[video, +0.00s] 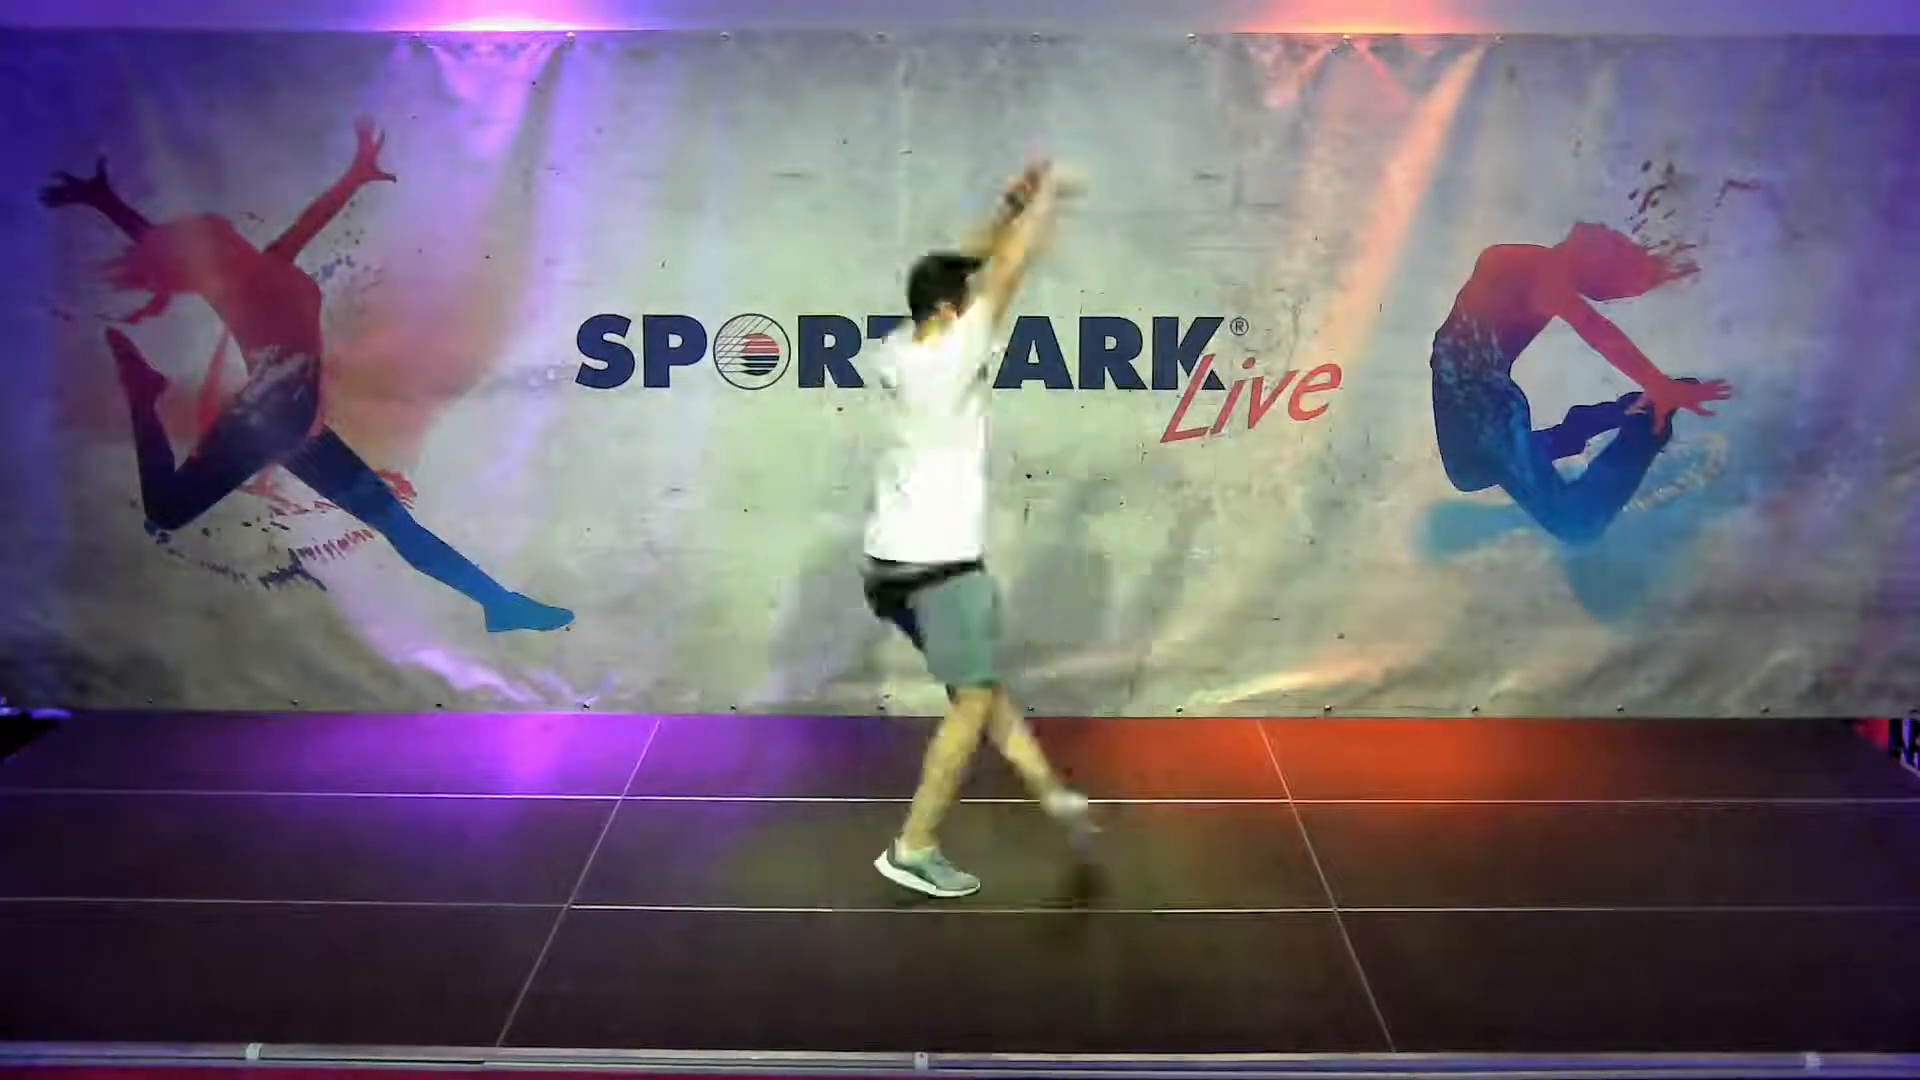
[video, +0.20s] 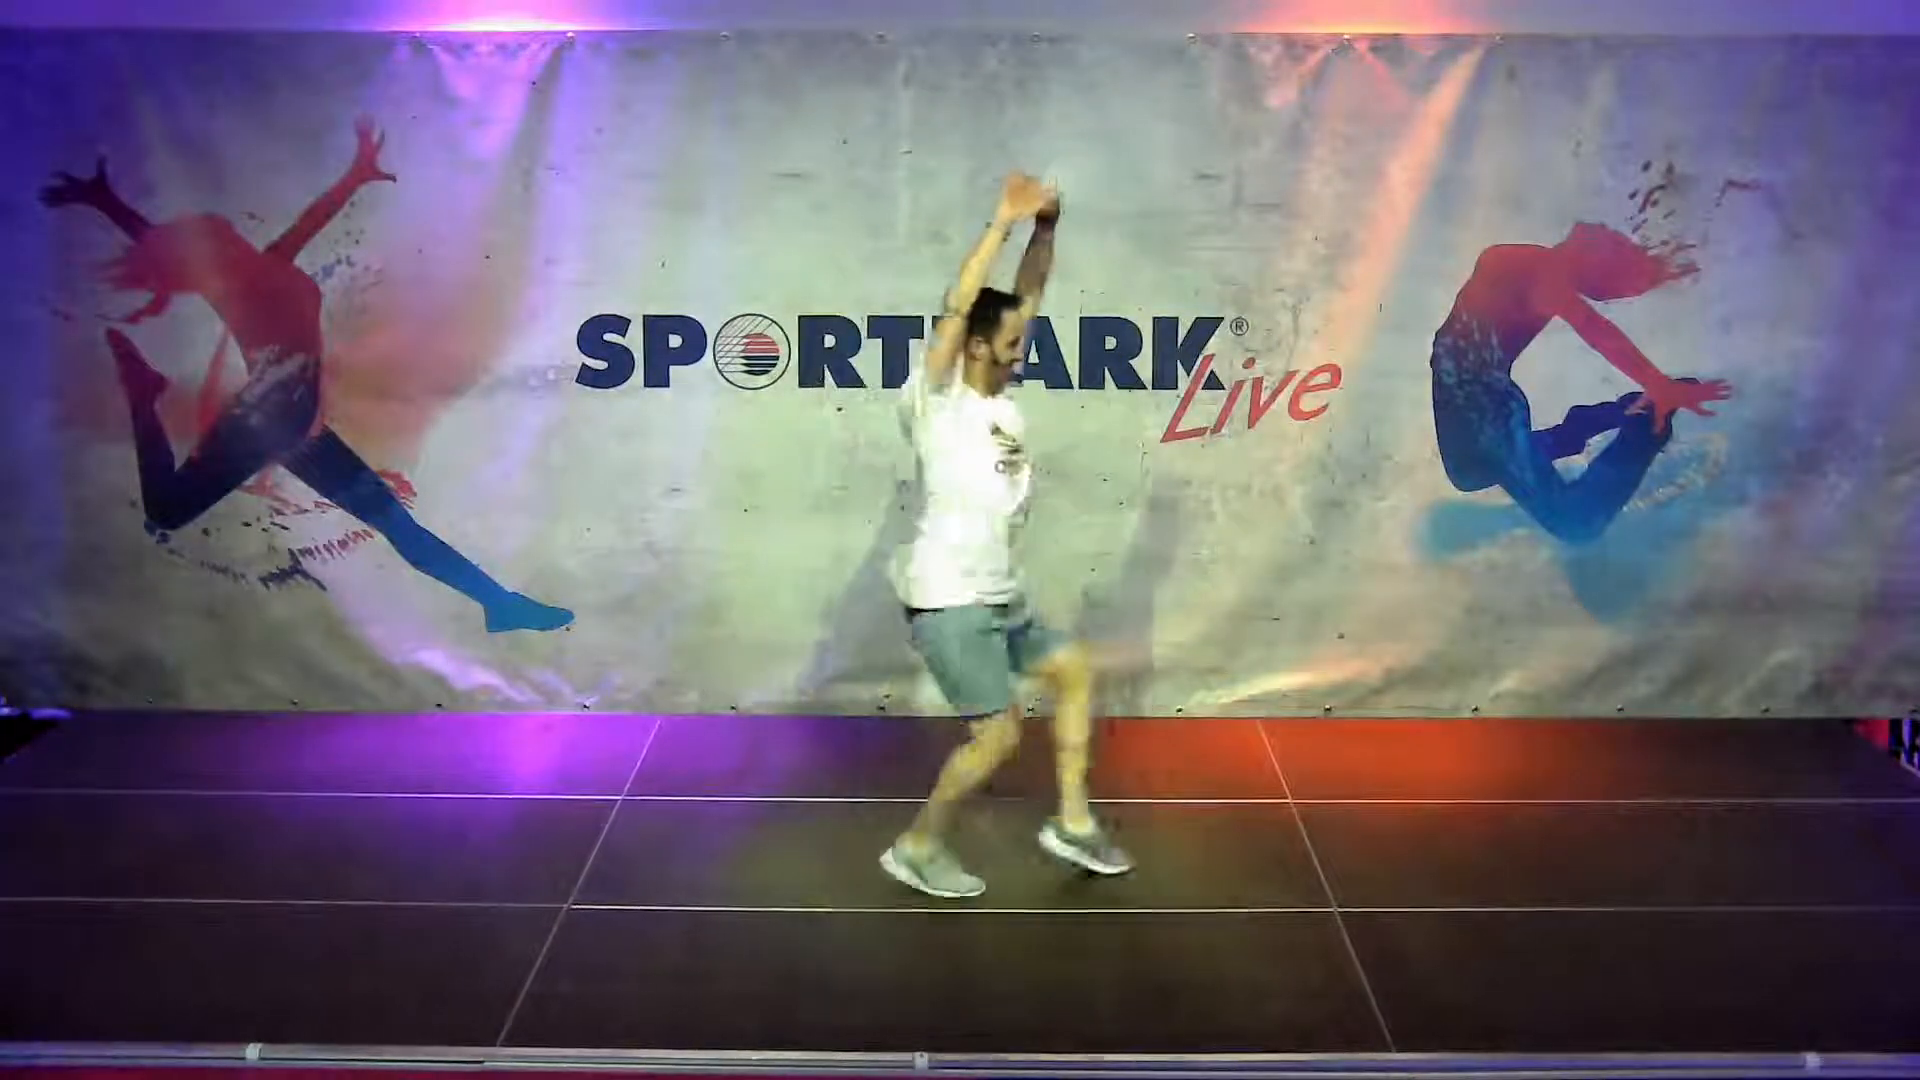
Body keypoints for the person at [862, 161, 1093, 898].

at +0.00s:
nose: (985, 314)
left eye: (982, 299)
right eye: (978, 299)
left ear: (923, 306)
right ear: (953, 307)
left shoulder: (897, 353)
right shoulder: (951, 357)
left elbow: (961, 274)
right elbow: (1007, 273)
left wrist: (1007, 212)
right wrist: (1042, 204)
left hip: (894, 560)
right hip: (944, 559)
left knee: (984, 689)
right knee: (972, 703)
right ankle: (914, 848)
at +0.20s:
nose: (1019, 355)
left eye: (1022, 345)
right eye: (1011, 345)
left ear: (1007, 349)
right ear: (975, 343)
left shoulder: (1000, 396)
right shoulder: (938, 399)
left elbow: (1025, 303)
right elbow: (958, 307)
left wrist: (1046, 223)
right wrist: (1002, 221)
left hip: (999, 593)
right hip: (946, 598)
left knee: (1073, 670)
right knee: (1000, 731)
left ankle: (1073, 824)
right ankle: (917, 846)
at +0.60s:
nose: (1086, 322)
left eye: (1087, 310)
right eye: (1075, 311)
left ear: (1080, 314)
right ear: (1039, 310)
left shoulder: (1078, 366)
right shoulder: (1002, 361)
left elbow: (1103, 280)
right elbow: (1013, 266)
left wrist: (1097, 202)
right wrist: (1042, 182)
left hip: (1079, 572)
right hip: (1005, 577)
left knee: (1141, 667)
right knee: (980, 725)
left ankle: (1118, 798)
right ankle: (996, 841)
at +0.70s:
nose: (1100, 305)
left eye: (1101, 293)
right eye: (1088, 295)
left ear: (1100, 298)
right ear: (1057, 294)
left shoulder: (1094, 351)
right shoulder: (1031, 348)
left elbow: (1150, 287)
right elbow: (1053, 257)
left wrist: (1154, 204)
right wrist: (1062, 166)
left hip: (1084, 548)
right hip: (1033, 548)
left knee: (1148, 653)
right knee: (1040, 699)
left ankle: (1161, 800)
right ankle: (968, 823)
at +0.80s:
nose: (1107, 288)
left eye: (1107, 275)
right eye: (1093, 275)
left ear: (1102, 293)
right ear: (1062, 288)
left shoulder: (1106, 358)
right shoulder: (1041, 349)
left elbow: (1174, 347)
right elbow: (1083, 256)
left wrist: (1220, 292)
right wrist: (1093, 176)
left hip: (1089, 555)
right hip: (1050, 556)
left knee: (1147, 660)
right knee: (1053, 709)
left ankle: (1203, 798)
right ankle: (967, 844)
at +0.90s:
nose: (1137, 344)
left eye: (1132, 333)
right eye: (1128, 330)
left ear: (1085, 336)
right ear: (1107, 332)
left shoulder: (1099, 392)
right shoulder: (1093, 378)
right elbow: (1139, 297)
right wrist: (1138, 224)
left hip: (1108, 582)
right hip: (1098, 584)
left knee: (1181, 680)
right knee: (1059, 731)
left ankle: (1232, 815)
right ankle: (967, 852)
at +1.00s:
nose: (1150, 341)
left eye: (1142, 332)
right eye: (1145, 331)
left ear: (1095, 334)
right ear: (1135, 331)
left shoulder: (1071, 404)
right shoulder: (1142, 364)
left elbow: (1052, 485)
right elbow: (1185, 286)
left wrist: (1014, 563)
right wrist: (1204, 205)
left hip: (1117, 572)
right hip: (1163, 567)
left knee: (1199, 682)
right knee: (1140, 708)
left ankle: (1237, 813)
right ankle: (1029, 821)